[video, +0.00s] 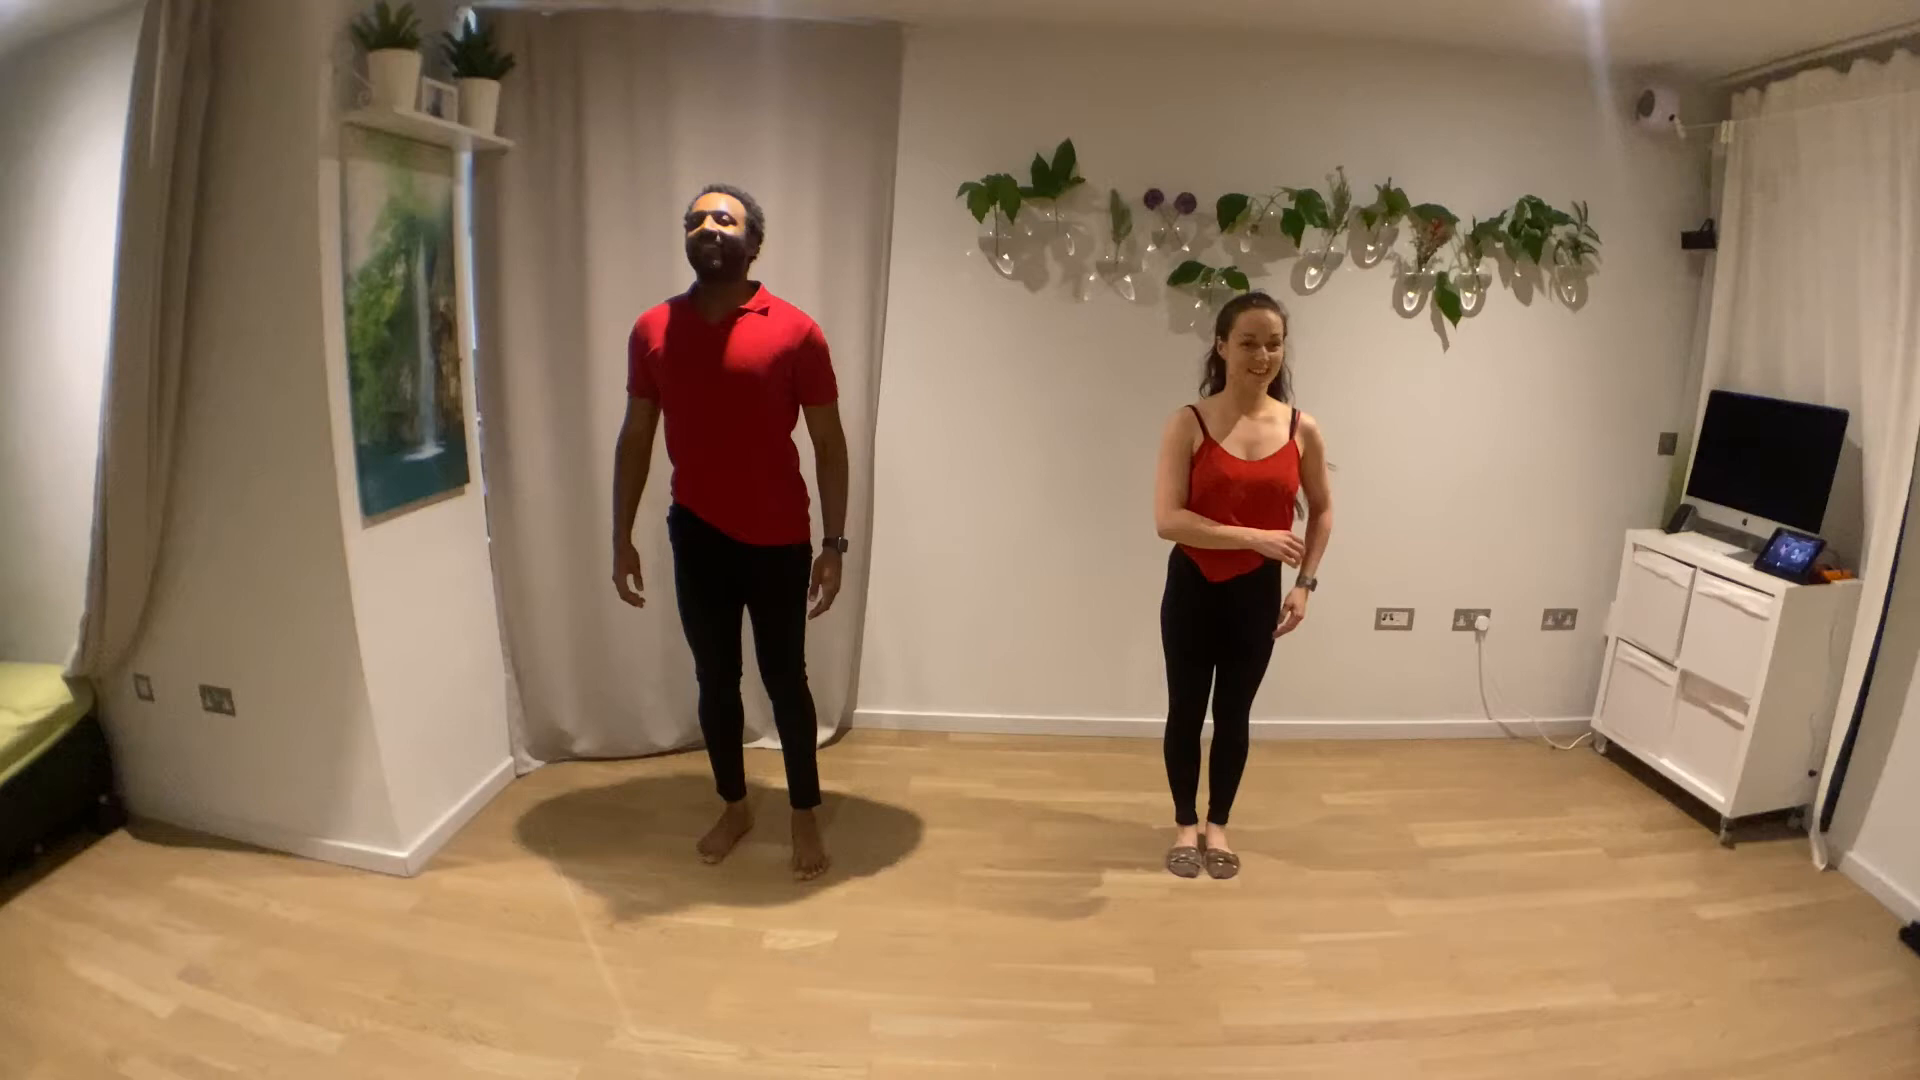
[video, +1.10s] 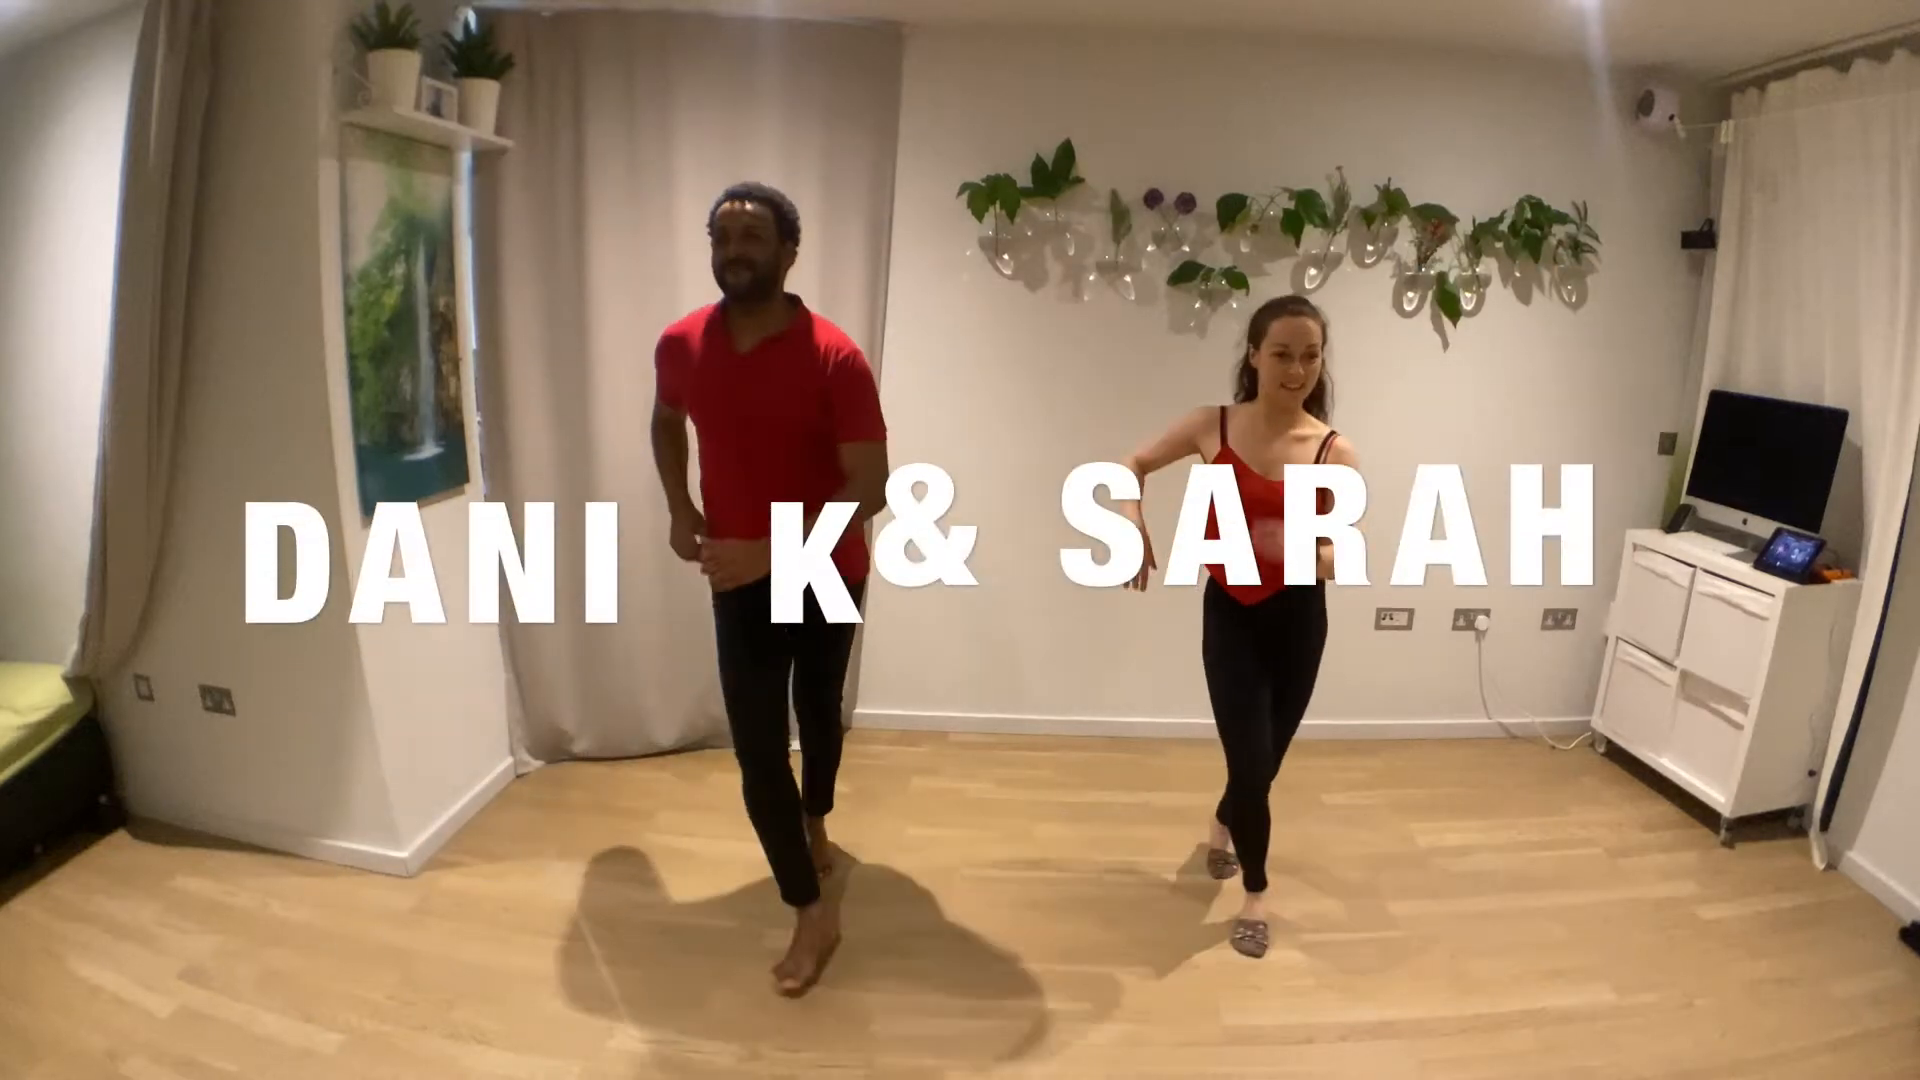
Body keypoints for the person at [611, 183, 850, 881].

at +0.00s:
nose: (709, 228)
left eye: (726, 220)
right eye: (697, 220)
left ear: (754, 244)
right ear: (683, 243)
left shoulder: (795, 332)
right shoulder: (656, 330)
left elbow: (829, 442)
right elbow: (636, 437)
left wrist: (833, 543)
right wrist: (624, 537)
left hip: (777, 536)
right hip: (699, 533)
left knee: (785, 677)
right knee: (715, 680)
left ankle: (804, 816)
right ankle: (733, 806)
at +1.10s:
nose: (735, 251)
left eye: (753, 237)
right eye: (723, 238)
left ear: (790, 250)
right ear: (709, 252)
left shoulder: (834, 358)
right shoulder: (685, 345)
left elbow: (870, 491)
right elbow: (667, 421)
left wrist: (770, 556)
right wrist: (680, 508)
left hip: (826, 577)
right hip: (740, 577)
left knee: (820, 716)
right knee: (759, 757)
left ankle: (815, 823)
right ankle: (812, 909)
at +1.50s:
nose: (716, 260)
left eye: (738, 244)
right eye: (701, 244)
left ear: (776, 255)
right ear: (687, 256)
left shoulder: (828, 366)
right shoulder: (677, 379)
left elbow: (920, 489)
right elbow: (654, 495)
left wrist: (841, 595)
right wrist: (649, 522)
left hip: (789, 630)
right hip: (699, 622)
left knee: (742, 814)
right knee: (734, 815)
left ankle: (836, 929)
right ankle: (825, 941)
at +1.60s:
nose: (706, 261)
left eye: (728, 244)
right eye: (692, 244)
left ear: (767, 255)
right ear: (677, 254)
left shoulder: (825, 370)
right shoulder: (660, 385)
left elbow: (921, 492)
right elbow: (642, 511)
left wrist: (825, 585)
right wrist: (633, 573)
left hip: (775, 637)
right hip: (686, 631)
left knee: (702, 838)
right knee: (724, 819)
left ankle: (751, 1024)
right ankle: (827, 950)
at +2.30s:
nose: (673, 259)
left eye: (694, 240)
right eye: (655, 239)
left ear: (726, 253)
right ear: (631, 253)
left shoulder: (790, 370)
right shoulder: (605, 373)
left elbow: (881, 473)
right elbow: (573, 465)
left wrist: (860, 547)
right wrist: (543, 542)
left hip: (773, 617)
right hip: (676, 613)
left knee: (739, 802)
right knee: (674, 799)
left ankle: (778, 952)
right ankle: (702, 909)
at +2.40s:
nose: (705, 266)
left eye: (722, 247)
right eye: (685, 249)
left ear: (751, 255)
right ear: (660, 262)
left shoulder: (807, 361)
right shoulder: (628, 372)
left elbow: (883, 477)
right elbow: (556, 478)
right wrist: (627, 477)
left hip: (786, 608)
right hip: (685, 605)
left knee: (804, 792)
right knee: (673, 791)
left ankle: (860, 881)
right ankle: (702, 905)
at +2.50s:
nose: (727, 280)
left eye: (745, 260)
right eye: (707, 261)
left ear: (775, 264)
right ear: (687, 269)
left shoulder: (807, 356)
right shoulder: (665, 370)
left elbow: (859, 480)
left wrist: (802, 401)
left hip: (797, 604)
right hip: (702, 607)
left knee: (865, 766)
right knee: (689, 783)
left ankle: (920, 903)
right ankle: (697, 910)